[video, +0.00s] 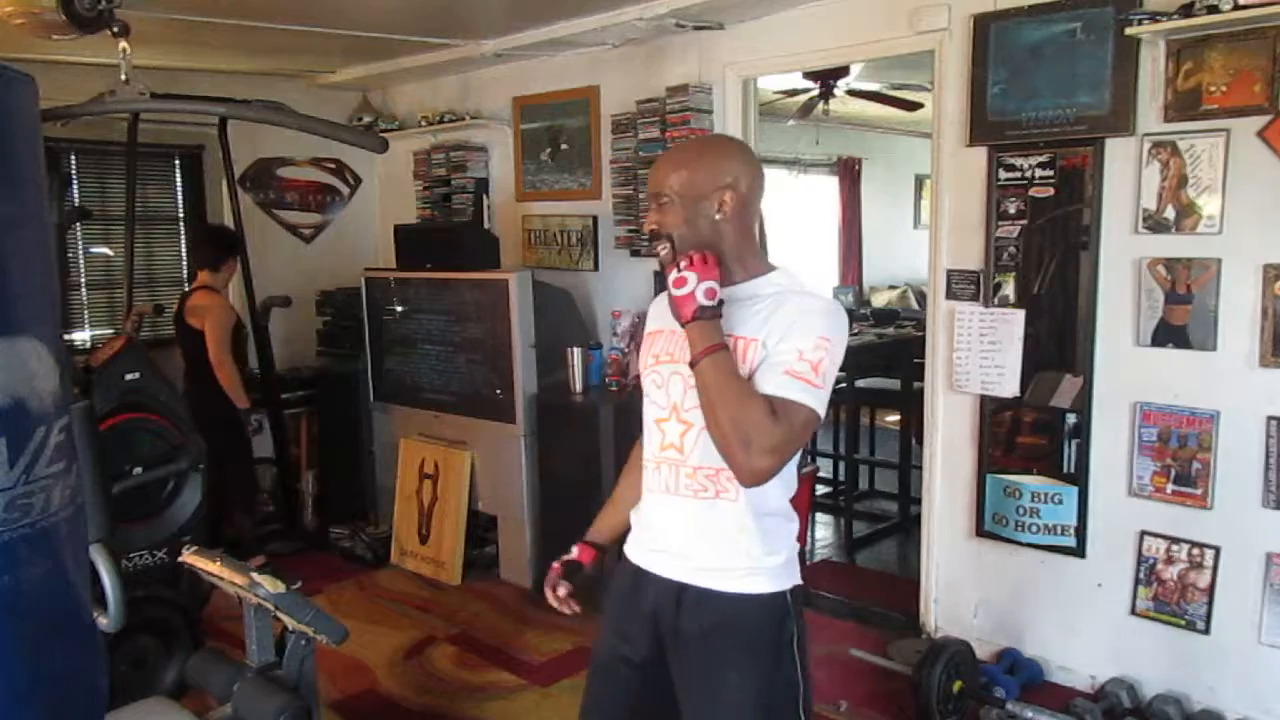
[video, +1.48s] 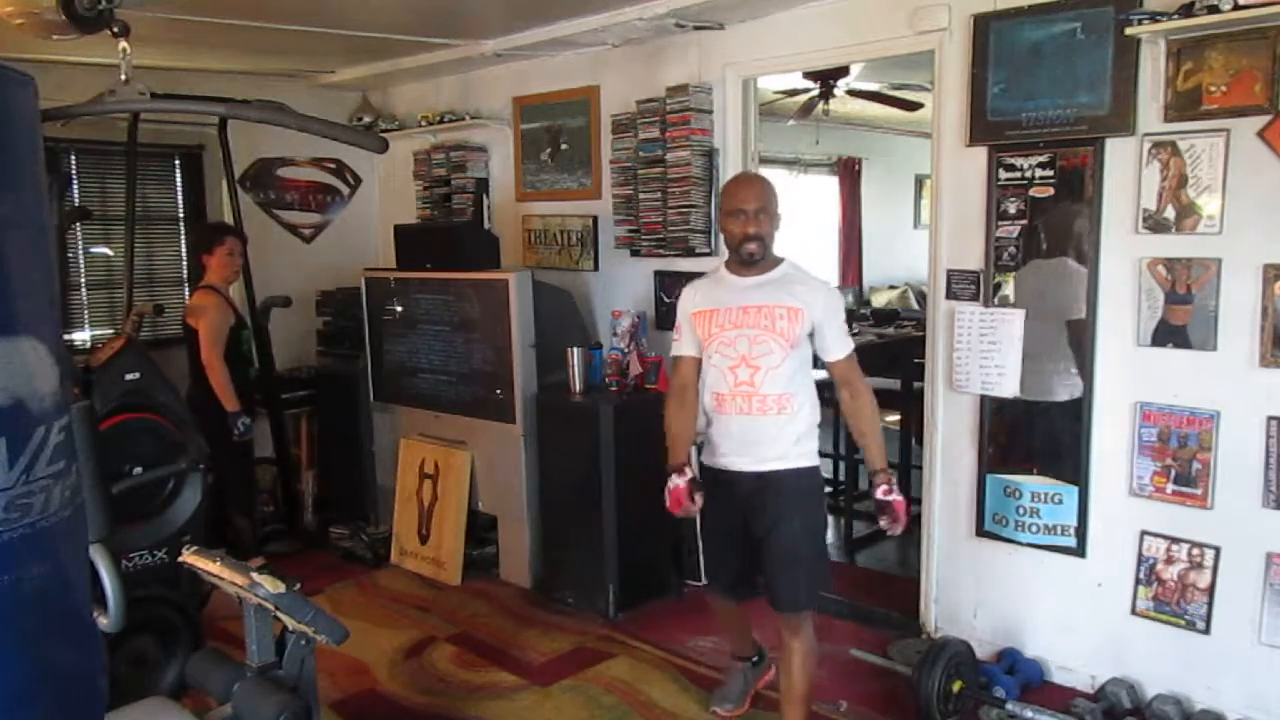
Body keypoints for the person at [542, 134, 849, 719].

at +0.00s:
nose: (648, 223)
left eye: (663, 202)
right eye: (649, 205)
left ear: (725, 203)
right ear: (721, 206)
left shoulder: (808, 315)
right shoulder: (664, 310)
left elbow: (756, 457)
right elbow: (655, 441)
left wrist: (702, 325)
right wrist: (594, 544)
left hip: (740, 602)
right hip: (640, 585)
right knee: (611, 711)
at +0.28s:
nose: (626, 236)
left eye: (638, 216)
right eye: (621, 220)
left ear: (699, 213)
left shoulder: (771, 313)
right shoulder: (634, 321)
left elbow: (735, 445)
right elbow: (613, 441)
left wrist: (680, 324)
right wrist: (540, 533)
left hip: (723, 581)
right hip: (631, 571)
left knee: (729, 710)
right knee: (614, 709)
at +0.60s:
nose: (613, 255)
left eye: (622, 236)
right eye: (605, 241)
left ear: (671, 219)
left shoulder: (753, 294)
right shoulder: (621, 312)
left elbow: (784, 419)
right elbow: (609, 423)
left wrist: (703, 351)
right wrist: (562, 523)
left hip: (732, 538)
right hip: (641, 533)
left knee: (747, 704)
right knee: (638, 690)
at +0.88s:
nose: (690, 233)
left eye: (704, 215)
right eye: (678, 222)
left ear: (741, 217)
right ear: (670, 233)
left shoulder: (796, 306)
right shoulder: (668, 307)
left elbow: (824, 423)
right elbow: (666, 399)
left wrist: (754, 454)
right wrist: (638, 490)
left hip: (767, 521)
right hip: (678, 515)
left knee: (782, 673)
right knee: (664, 668)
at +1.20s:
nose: (744, 215)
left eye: (757, 202)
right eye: (732, 203)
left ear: (781, 209)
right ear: (719, 214)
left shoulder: (827, 290)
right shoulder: (700, 291)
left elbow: (868, 390)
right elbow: (683, 389)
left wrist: (877, 487)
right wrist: (657, 474)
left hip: (793, 487)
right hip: (711, 482)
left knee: (794, 628)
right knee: (682, 614)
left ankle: (793, 716)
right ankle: (715, 685)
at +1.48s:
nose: (750, 224)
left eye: (761, 212)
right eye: (737, 213)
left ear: (777, 219)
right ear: (719, 221)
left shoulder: (813, 295)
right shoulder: (697, 297)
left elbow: (851, 384)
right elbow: (683, 386)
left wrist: (880, 471)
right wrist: (679, 465)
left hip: (791, 474)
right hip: (720, 473)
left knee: (792, 613)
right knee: (722, 589)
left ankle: (794, 713)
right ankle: (750, 658)